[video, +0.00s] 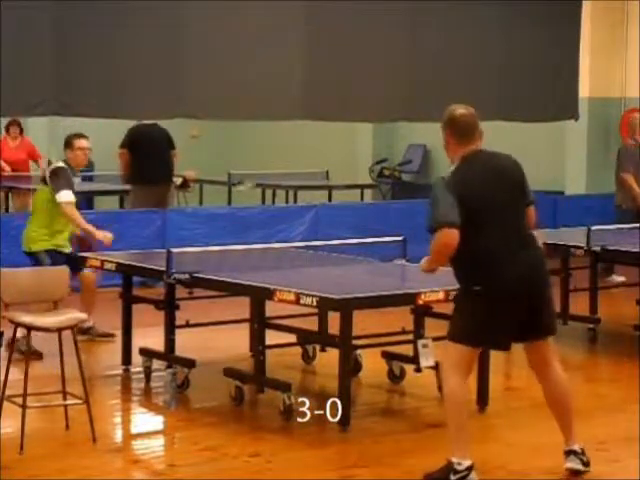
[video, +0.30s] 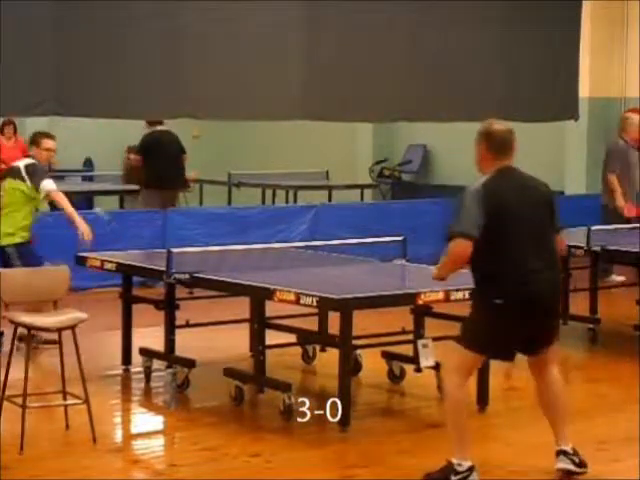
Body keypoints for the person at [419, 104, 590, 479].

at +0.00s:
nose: (444, 144)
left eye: (444, 139)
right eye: (446, 138)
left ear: (448, 139)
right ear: (481, 136)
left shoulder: (451, 181)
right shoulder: (510, 165)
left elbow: (448, 238)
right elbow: (530, 218)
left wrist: (432, 262)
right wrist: (499, 235)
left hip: (484, 285)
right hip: (529, 278)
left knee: (454, 370)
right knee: (547, 364)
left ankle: (460, 461)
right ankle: (573, 448)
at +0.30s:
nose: (475, 155)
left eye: (477, 149)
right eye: (477, 149)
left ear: (482, 151)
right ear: (513, 151)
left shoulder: (480, 191)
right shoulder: (541, 189)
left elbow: (462, 250)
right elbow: (558, 246)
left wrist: (442, 271)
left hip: (497, 302)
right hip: (544, 300)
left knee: (456, 371)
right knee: (546, 366)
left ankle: (460, 462)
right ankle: (565, 449)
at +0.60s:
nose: (538, 145)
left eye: (539, 139)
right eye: (541, 139)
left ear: (545, 141)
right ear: (574, 142)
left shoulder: (530, 181)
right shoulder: (599, 181)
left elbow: (490, 235)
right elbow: (626, 242)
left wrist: (501, 267)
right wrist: (607, 264)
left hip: (546, 290)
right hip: (596, 289)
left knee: (514, 368)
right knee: (617, 372)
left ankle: (507, 462)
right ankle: (637, 449)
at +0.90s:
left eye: (605, 152)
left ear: (605, 157)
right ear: (636, 163)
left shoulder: (582, 192)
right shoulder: (635, 196)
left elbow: (552, 240)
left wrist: (563, 271)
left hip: (576, 297)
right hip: (628, 297)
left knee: (542, 378)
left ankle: (512, 463)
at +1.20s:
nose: (633, 128)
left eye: (632, 123)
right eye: (633, 123)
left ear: (631, 135)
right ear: (633, 134)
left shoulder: (631, 178)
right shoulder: (630, 177)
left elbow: (607, 225)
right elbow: (608, 225)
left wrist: (621, 247)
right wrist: (620, 244)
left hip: (621, 275)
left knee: (595, 359)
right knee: (594, 361)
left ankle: (565, 442)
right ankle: (564, 441)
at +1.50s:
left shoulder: (637, 172)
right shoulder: (635, 173)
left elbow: (619, 217)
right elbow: (620, 216)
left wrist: (631, 244)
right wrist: (631, 244)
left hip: (634, 267)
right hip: (633, 268)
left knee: (630, 356)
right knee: (629, 357)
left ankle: (616, 446)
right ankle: (615, 445)